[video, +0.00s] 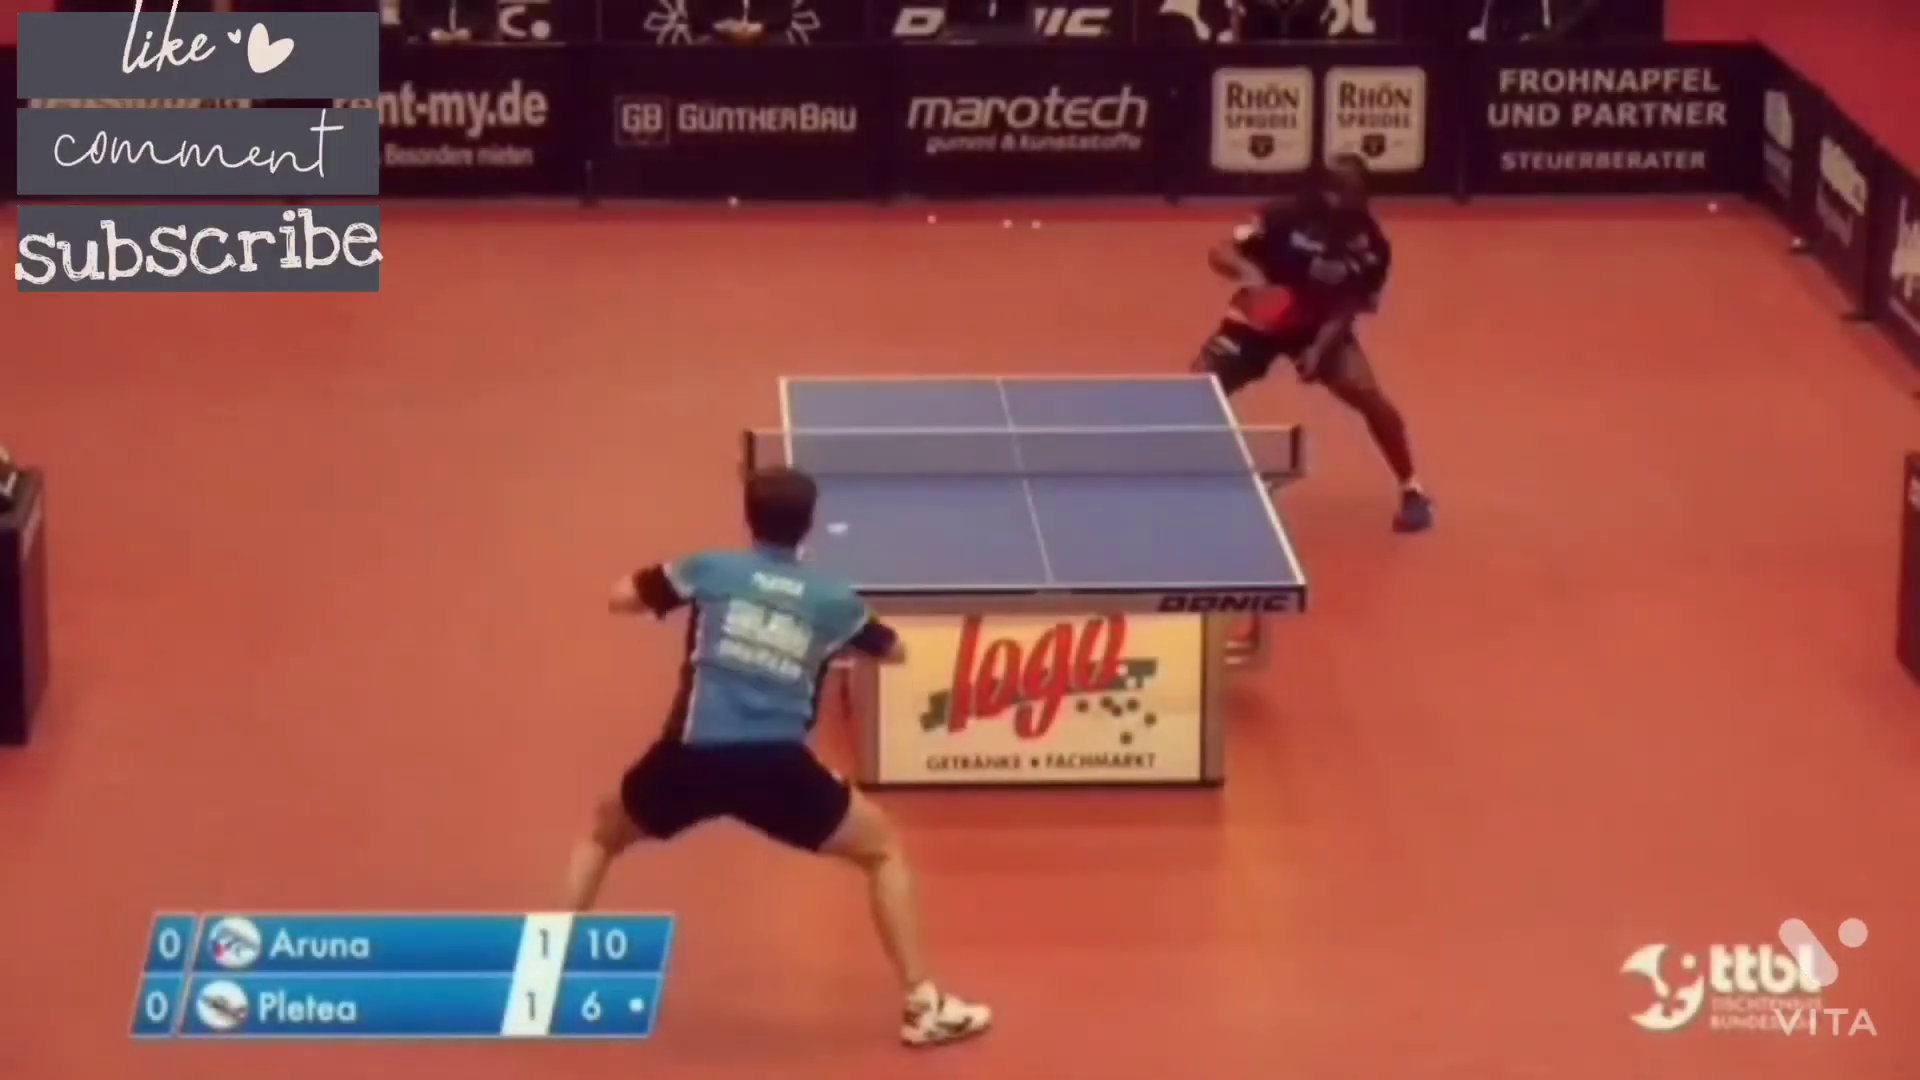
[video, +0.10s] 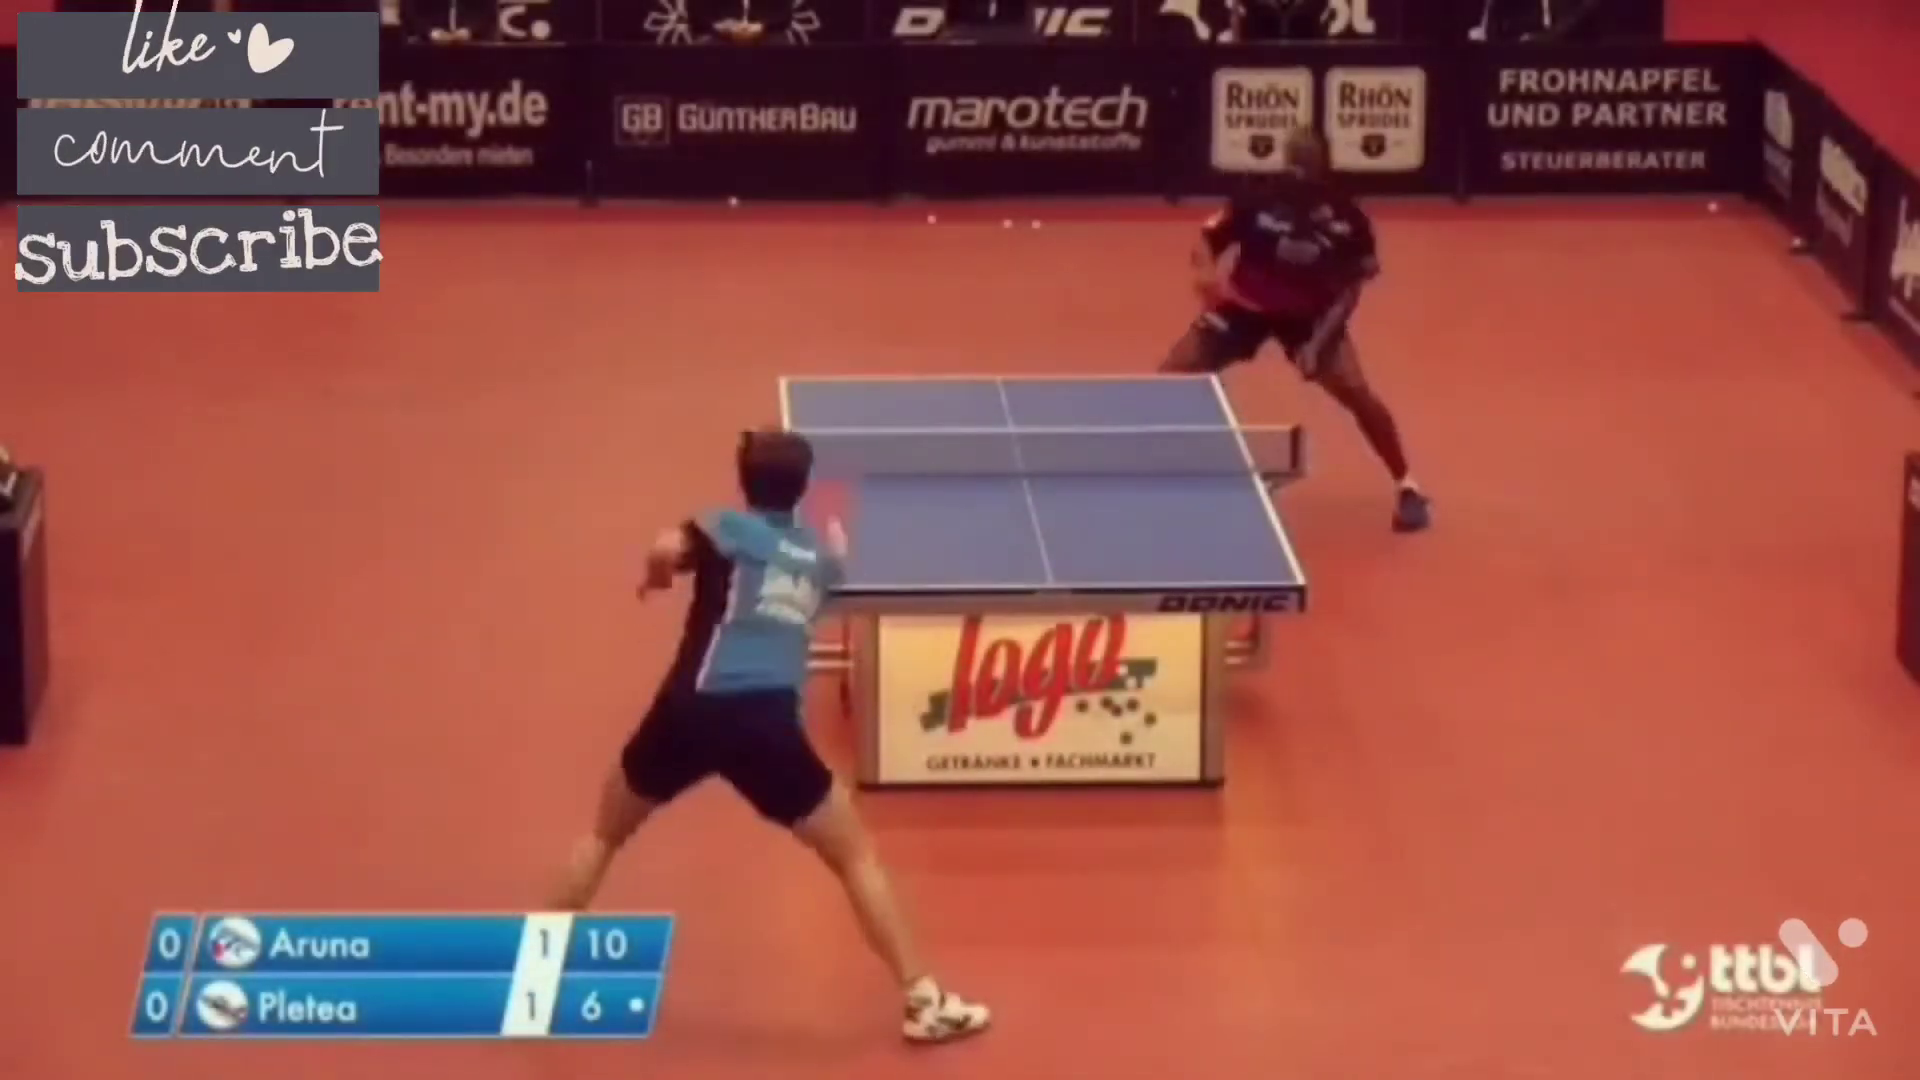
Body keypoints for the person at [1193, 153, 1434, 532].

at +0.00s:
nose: (1338, 198)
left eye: (1348, 190)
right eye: (1331, 187)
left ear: (1363, 194)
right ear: (1318, 185)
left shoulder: (1371, 245)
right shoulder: (1284, 217)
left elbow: (1348, 308)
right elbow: (1221, 253)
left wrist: (1317, 351)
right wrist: (1249, 276)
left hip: (1320, 333)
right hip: (1258, 325)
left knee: (1369, 398)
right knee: (1195, 394)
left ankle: (1410, 489)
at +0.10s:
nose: (1303, 172)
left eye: (1310, 163)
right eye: (1296, 162)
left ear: (1326, 164)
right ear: (1285, 162)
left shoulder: (1346, 219)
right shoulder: (1257, 197)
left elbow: (1349, 296)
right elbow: (1208, 240)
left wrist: (1316, 346)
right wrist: (1205, 276)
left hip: (1309, 322)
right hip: (1242, 310)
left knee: (1357, 396)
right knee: (1170, 378)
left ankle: (1406, 487)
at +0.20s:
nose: (1245, 155)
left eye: (1254, 146)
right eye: (1240, 146)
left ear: (1273, 145)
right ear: (1231, 145)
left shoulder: (1304, 189)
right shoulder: (1216, 185)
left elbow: (1332, 261)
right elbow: (1191, 241)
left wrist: (1304, 323)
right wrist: (1174, 272)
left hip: (1292, 304)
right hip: (1227, 298)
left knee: (1337, 385)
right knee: (1150, 366)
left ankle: (1382, 478)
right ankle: (1119, 470)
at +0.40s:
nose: (1197, 173)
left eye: (1204, 164)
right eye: (1193, 165)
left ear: (1225, 160)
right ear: (1194, 165)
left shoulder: (1255, 199)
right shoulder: (1216, 196)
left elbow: (1290, 269)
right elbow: (1218, 252)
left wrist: (1260, 333)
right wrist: (1182, 289)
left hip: (1282, 315)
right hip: (1230, 307)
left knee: (1304, 421)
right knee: (1150, 369)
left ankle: (1390, 462)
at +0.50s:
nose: (1221, 157)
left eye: (1229, 149)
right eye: (1219, 148)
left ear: (1257, 149)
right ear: (1226, 150)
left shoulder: (1276, 196)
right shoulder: (1249, 186)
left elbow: (1286, 272)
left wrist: (1233, 322)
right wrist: (1231, 227)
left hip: (1290, 324)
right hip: (1245, 312)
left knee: (1310, 430)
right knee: (1161, 373)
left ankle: (1407, 464)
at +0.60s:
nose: (1288, 164)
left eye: (1295, 157)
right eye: (1287, 158)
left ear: (1319, 158)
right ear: (1294, 161)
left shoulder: (1337, 210)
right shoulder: (1293, 189)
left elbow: (1294, 278)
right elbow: (1266, 199)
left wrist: (1214, 282)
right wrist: (1253, 181)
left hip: (1302, 327)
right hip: (1255, 308)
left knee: (1322, 430)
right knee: (1165, 363)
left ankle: (1415, 465)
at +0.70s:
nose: (1332, 185)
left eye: (1344, 179)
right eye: (1331, 175)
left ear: (1361, 189)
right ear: (1326, 171)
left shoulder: (1363, 249)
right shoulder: (1309, 177)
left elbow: (1305, 292)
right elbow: (1264, 140)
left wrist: (1251, 260)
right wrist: (1320, 120)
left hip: (1309, 335)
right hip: (1252, 311)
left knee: (1335, 429)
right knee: (1158, 369)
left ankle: (1418, 467)